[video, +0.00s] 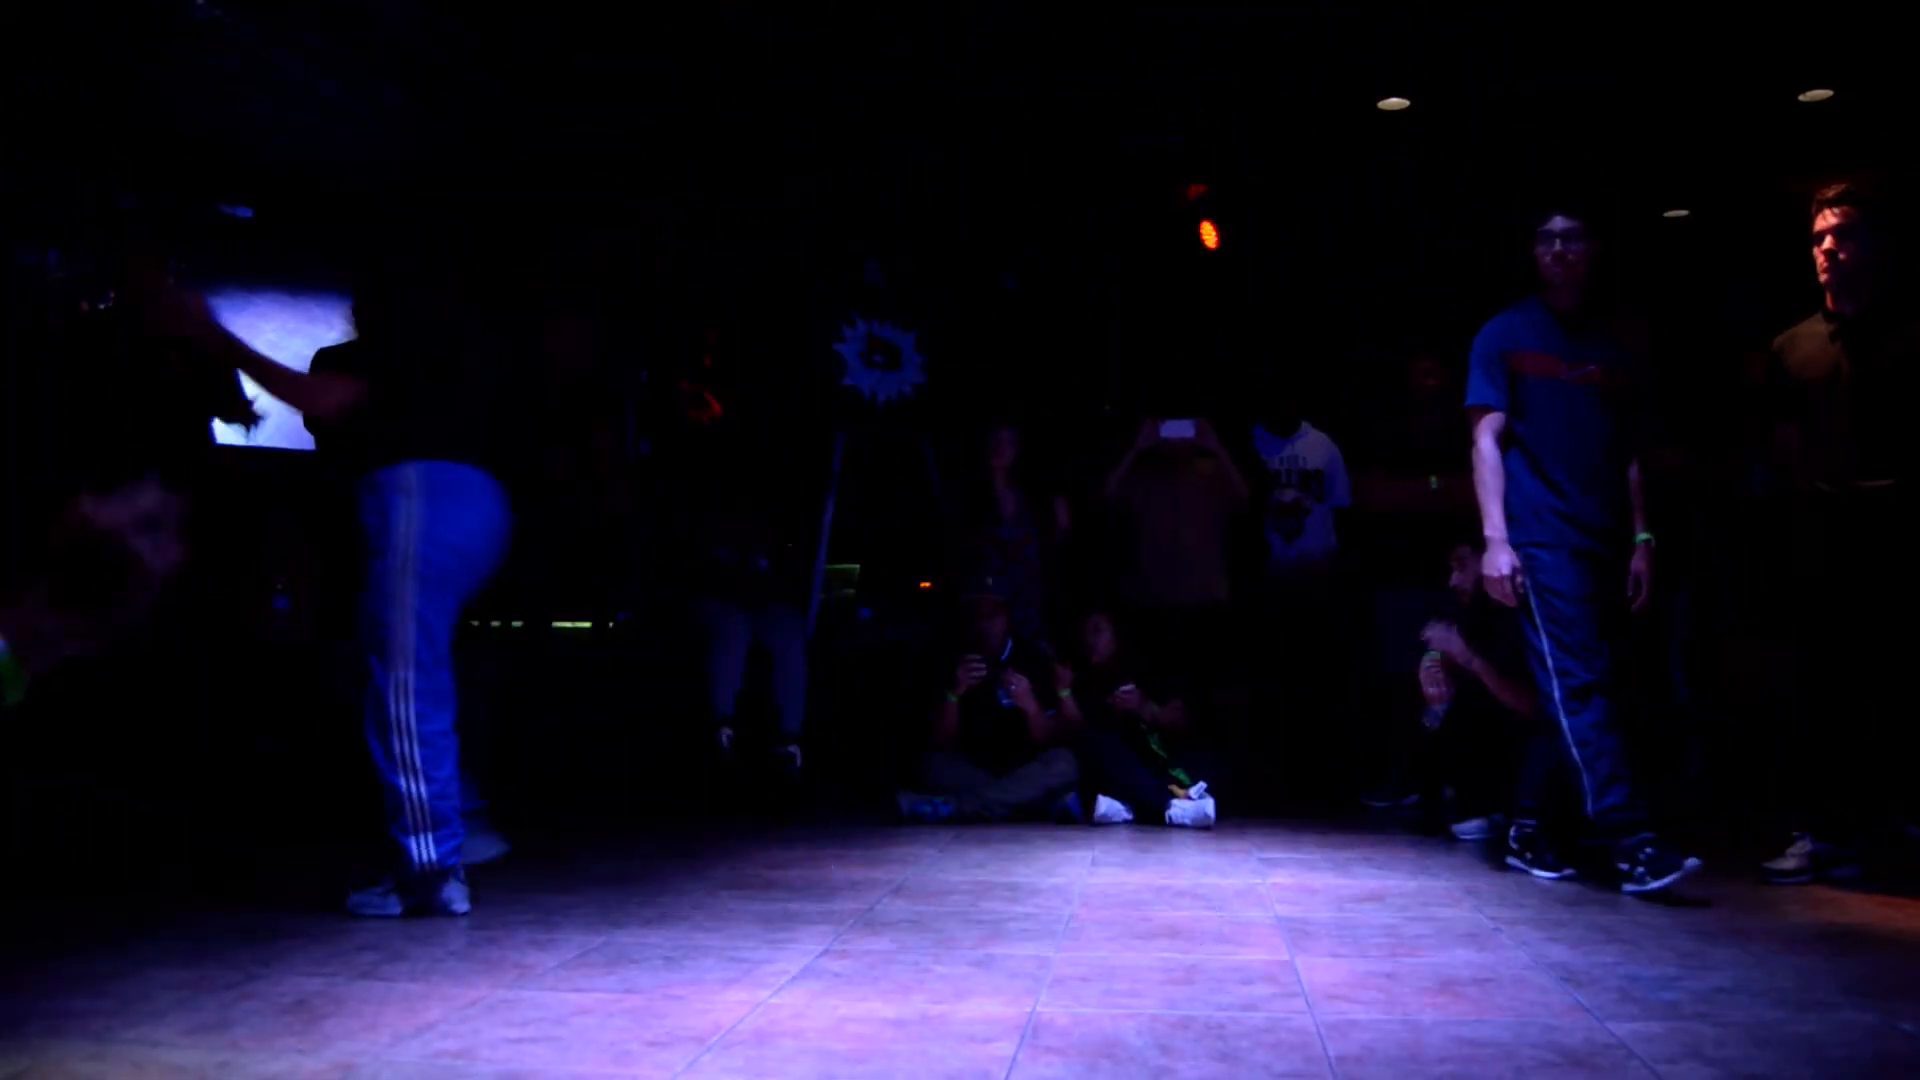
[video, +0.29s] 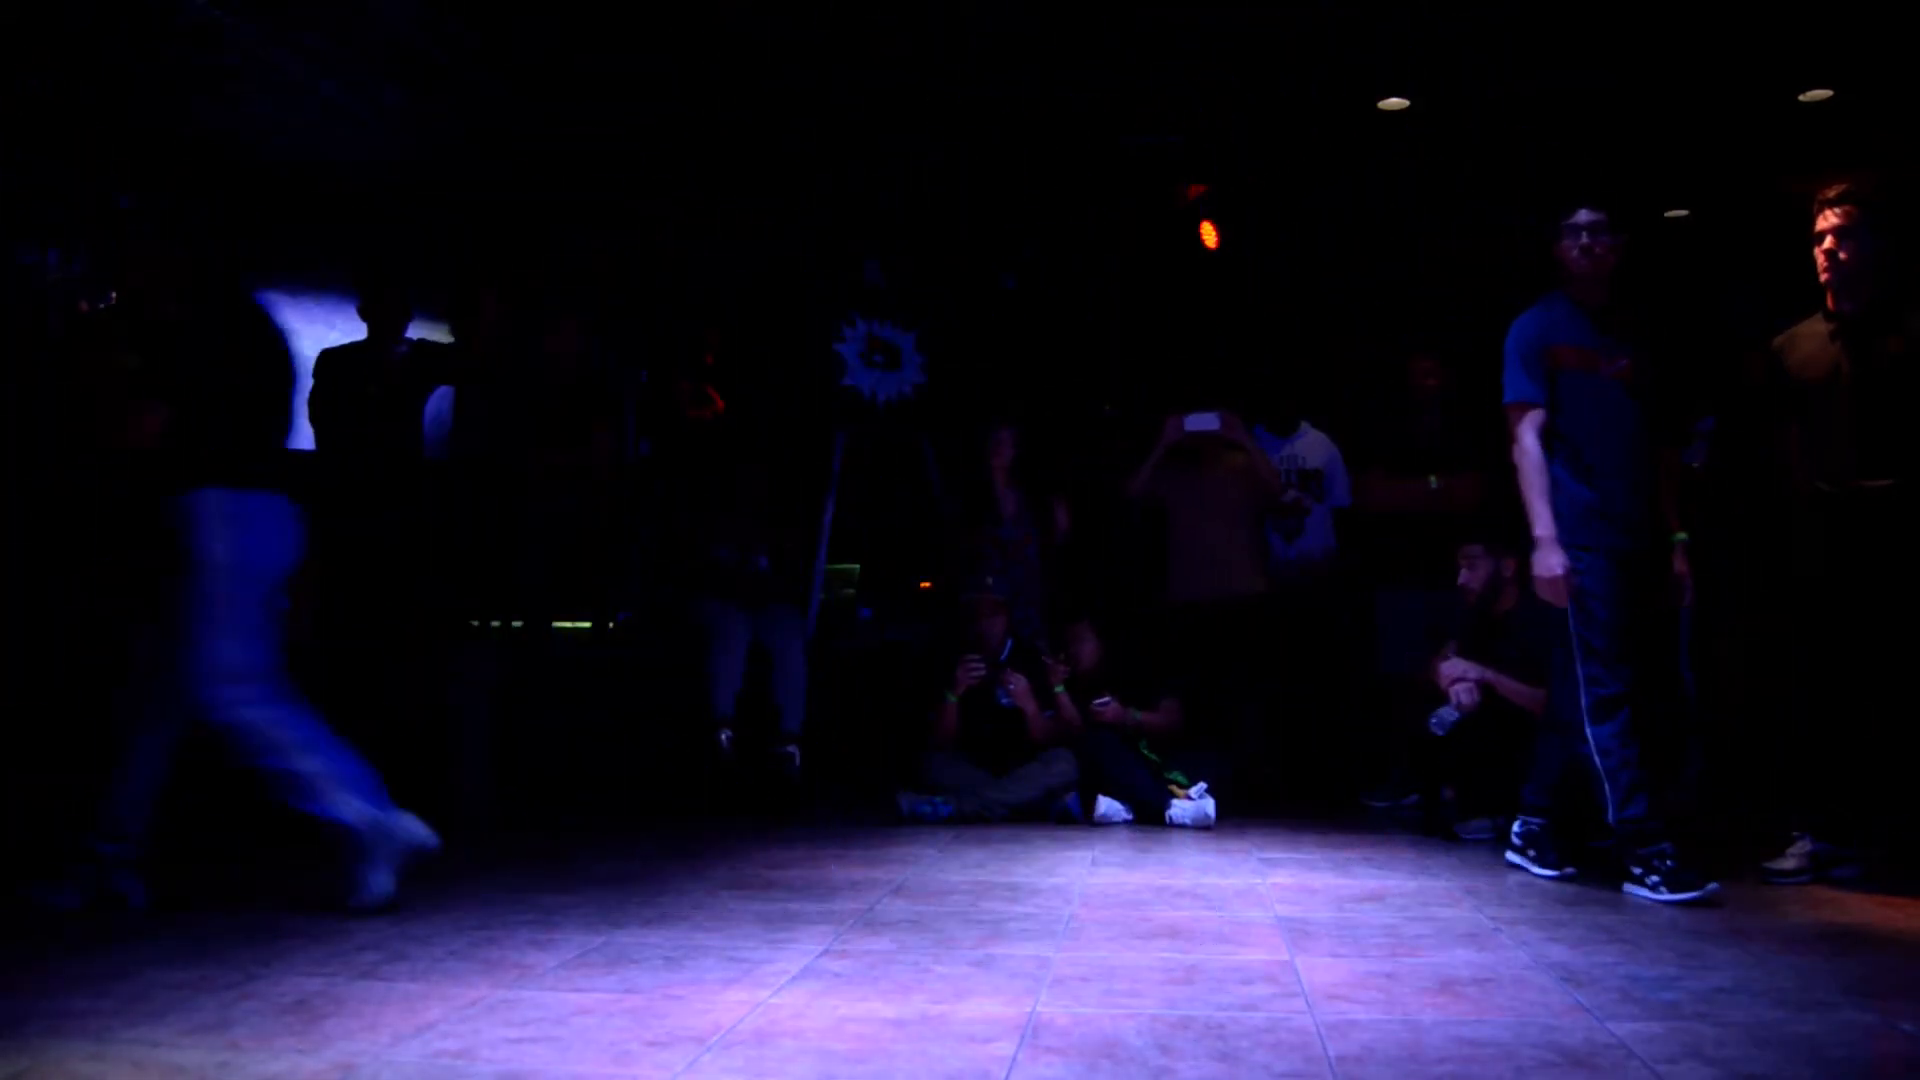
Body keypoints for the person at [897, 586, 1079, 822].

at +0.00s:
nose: (987, 628)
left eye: (994, 619)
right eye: (979, 620)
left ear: (1007, 622)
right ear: (969, 625)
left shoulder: (1029, 660)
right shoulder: (956, 661)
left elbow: (1045, 736)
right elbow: (941, 739)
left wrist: (1028, 703)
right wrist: (956, 693)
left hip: (1021, 754)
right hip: (970, 755)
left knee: (1062, 765)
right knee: (934, 767)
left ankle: (956, 807)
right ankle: (1038, 805)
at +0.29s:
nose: (988, 628)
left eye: (995, 618)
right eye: (980, 619)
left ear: (1007, 621)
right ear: (969, 624)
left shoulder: (1027, 660)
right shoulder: (956, 661)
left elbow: (1044, 737)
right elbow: (941, 740)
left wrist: (1027, 704)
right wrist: (955, 693)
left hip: (1021, 756)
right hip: (970, 756)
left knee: (1063, 764)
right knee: (934, 766)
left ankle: (957, 807)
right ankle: (1038, 805)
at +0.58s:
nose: (987, 628)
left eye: (994, 619)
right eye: (980, 620)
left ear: (1006, 622)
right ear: (970, 625)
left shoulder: (1027, 660)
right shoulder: (956, 661)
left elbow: (1045, 738)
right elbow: (942, 741)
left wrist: (1027, 704)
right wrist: (954, 693)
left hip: (1021, 756)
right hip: (970, 757)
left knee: (1063, 764)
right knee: (934, 766)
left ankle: (957, 806)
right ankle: (1039, 805)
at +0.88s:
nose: (987, 629)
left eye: (994, 620)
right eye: (980, 620)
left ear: (1006, 623)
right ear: (970, 625)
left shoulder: (1027, 661)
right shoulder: (955, 662)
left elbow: (1044, 738)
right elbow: (941, 741)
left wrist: (1026, 703)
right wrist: (954, 693)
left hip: (1021, 755)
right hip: (970, 756)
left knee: (1063, 764)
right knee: (934, 766)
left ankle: (957, 806)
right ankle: (1039, 805)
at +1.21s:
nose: (988, 626)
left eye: (995, 617)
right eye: (981, 618)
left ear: (1007, 621)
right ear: (970, 623)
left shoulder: (1028, 660)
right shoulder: (955, 661)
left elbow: (1045, 737)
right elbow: (942, 741)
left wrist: (1026, 703)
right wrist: (954, 693)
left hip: (1021, 755)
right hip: (971, 756)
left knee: (1063, 764)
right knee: (934, 766)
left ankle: (957, 806)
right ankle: (1038, 805)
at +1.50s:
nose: (987, 624)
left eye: (994, 615)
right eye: (980, 616)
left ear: (1007, 619)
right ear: (970, 621)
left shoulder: (1028, 659)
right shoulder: (956, 660)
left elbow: (1044, 737)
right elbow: (942, 741)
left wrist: (1027, 702)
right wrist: (954, 693)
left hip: (1021, 755)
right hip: (970, 755)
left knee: (1063, 764)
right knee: (934, 766)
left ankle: (958, 806)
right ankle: (1039, 805)